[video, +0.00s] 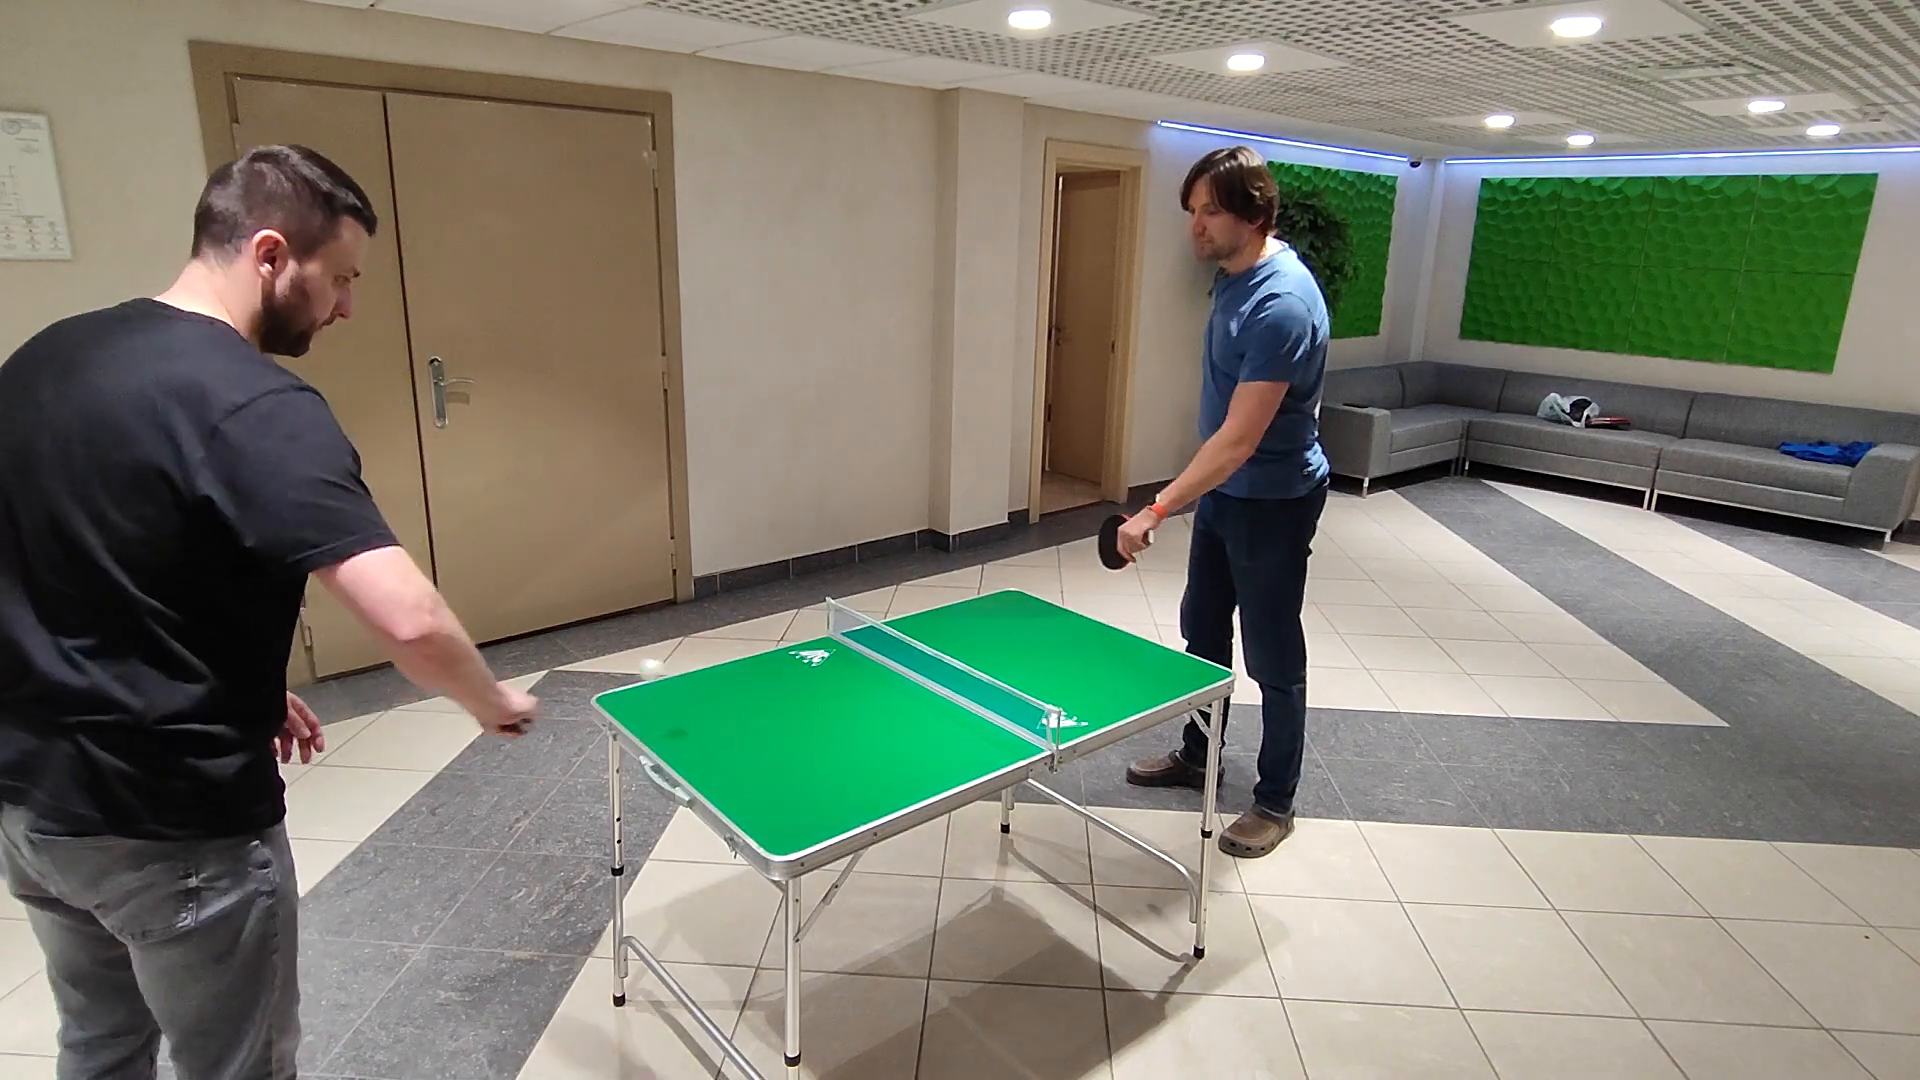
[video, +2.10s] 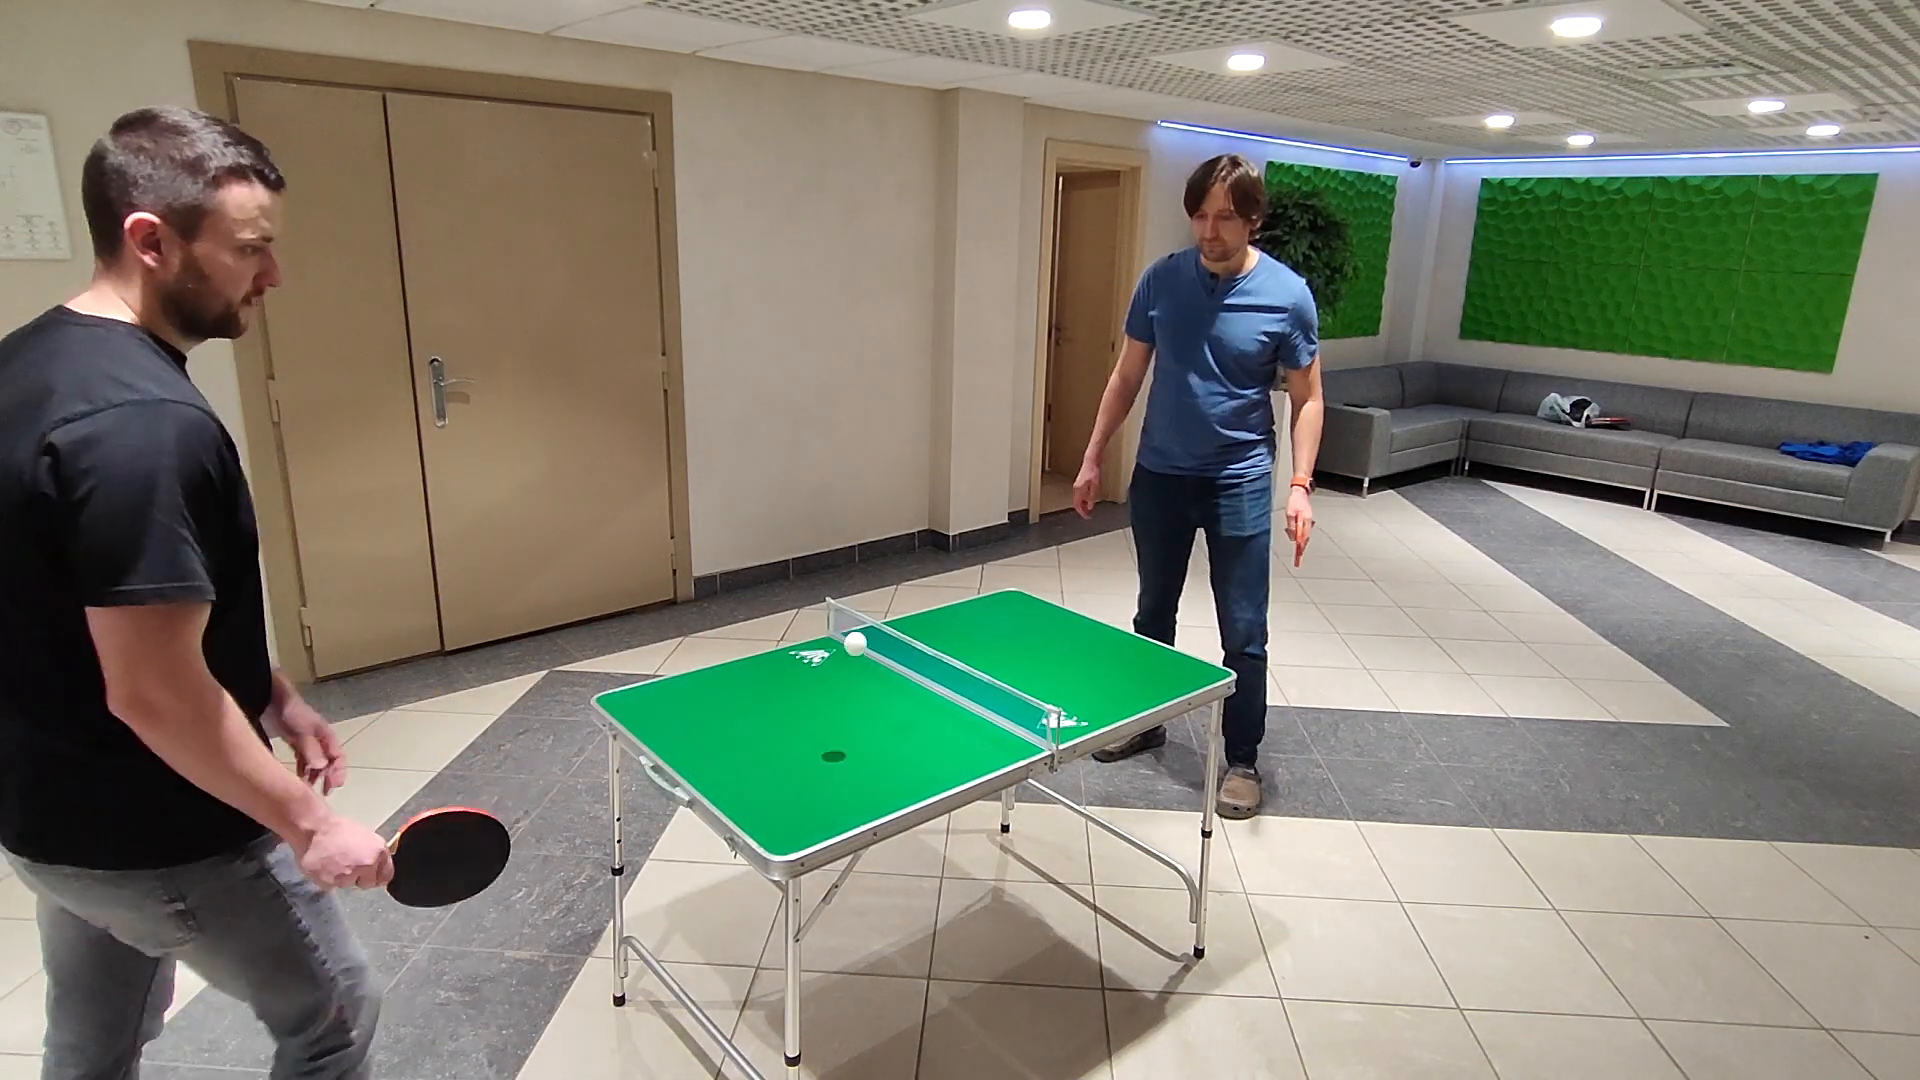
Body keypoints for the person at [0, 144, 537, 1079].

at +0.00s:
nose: (346, 308)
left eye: (353, 284)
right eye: (344, 278)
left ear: (234, 241)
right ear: (272, 251)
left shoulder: (44, 359)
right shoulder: (257, 402)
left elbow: (73, 574)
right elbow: (415, 623)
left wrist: (242, 685)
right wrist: (495, 704)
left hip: (32, 800)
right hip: (181, 824)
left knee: (102, 1049)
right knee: (240, 1063)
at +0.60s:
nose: (281, 266)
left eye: (284, 242)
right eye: (269, 239)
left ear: (173, 229)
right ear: (181, 231)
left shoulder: (13, 345)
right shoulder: (224, 394)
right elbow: (281, 640)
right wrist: (387, 734)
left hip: (35, 797)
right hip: (193, 816)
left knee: (90, 1055)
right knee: (235, 1062)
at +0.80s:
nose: (233, 246)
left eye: (230, 219)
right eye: (211, 218)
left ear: (111, 219)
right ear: (114, 218)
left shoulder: (13, 343)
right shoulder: (142, 392)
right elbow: (162, 644)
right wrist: (301, 748)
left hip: (41, 801)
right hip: (167, 827)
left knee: (83, 1055)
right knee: (232, 1063)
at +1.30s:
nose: (241, 279)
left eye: (243, 252)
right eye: (218, 245)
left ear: (113, 230)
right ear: (118, 227)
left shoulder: (20, 341)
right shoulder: (116, 389)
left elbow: (69, 574)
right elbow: (226, 619)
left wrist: (225, 670)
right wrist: (382, 723)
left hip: (31, 812)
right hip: (143, 834)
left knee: (69, 1054)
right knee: (226, 1060)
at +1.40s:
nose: (285, 299)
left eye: (287, 270)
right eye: (268, 265)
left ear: (165, 245)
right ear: (170, 244)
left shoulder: (13, 349)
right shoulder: (170, 413)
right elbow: (341, 626)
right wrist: (499, 732)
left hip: (19, 831)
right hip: (141, 849)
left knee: (61, 1065)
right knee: (219, 1064)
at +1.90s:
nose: (330, 293)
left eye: (330, 265)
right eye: (313, 263)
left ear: (213, 249)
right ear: (218, 251)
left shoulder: (25, 354)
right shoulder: (219, 423)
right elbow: (280, 693)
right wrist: (433, 812)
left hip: (25, 823)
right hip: (169, 853)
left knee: (91, 1056)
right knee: (231, 1066)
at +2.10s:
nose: (274, 276)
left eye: (271, 247)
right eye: (252, 247)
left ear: (148, 244)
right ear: (150, 241)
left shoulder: (33, 359)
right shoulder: (142, 422)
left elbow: (163, 578)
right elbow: (155, 692)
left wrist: (273, 696)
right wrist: (310, 824)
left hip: (55, 815)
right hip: (174, 839)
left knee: (92, 1047)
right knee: (334, 1021)